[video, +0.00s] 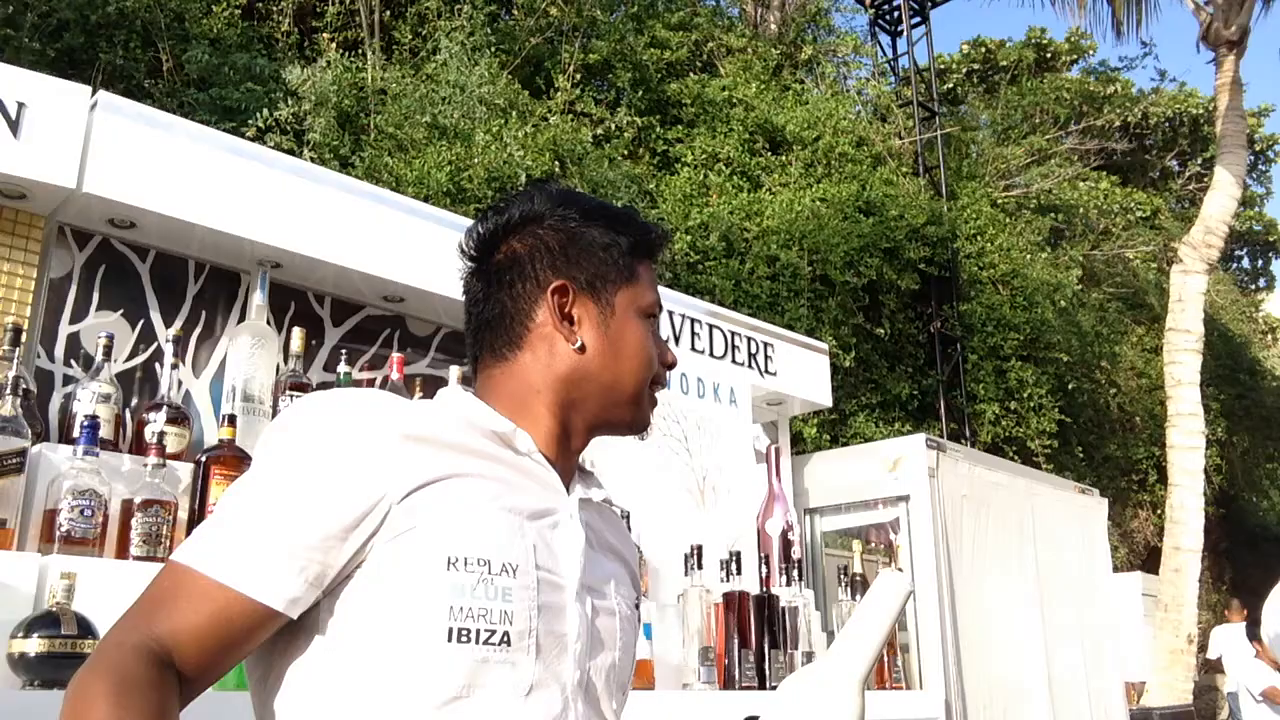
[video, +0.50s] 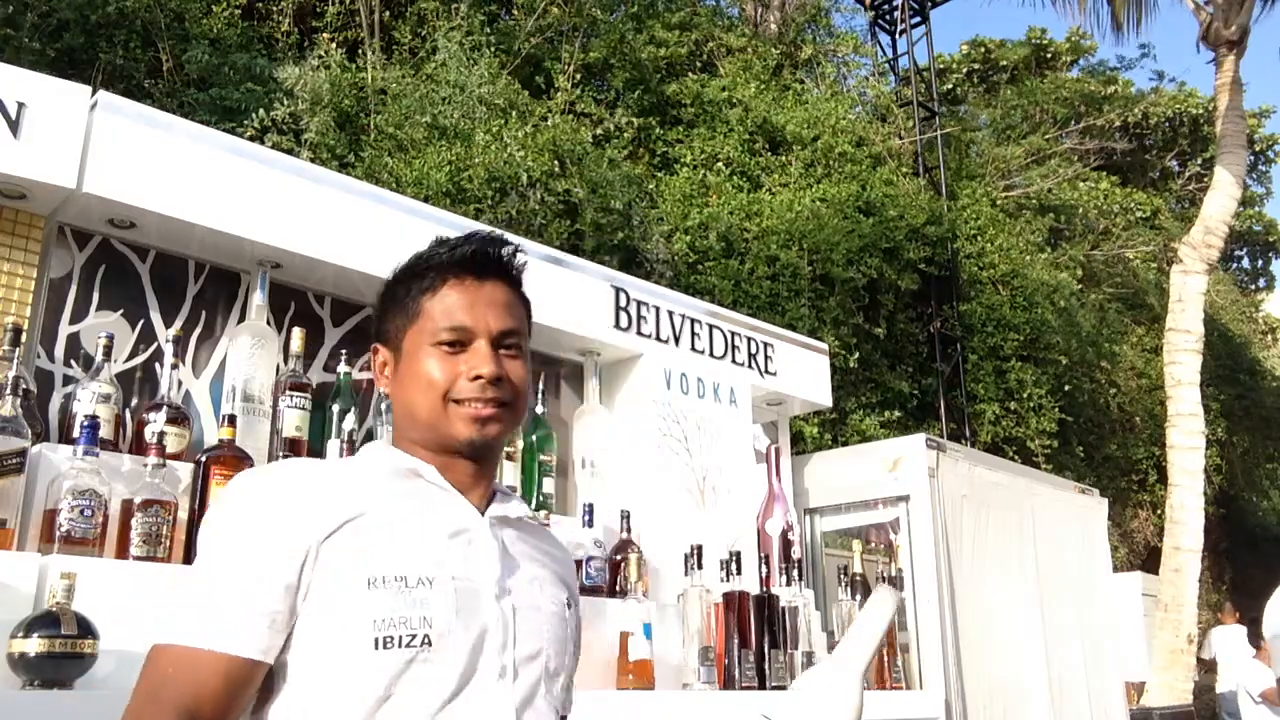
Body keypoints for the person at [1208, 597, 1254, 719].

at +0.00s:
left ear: (1225, 613)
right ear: (1245, 612)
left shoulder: (1218, 631)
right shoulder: (1252, 628)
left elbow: (1212, 661)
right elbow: (1261, 655)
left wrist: (1229, 668)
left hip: (1232, 686)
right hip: (1254, 683)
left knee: (1238, 716)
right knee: (1253, 714)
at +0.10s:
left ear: (1225, 613)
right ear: (1245, 613)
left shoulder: (1217, 632)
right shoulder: (1252, 629)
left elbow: (1211, 660)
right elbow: (1261, 654)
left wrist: (1227, 668)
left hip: (1231, 687)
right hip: (1253, 685)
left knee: (1238, 716)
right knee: (1253, 715)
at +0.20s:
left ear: (1225, 614)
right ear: (1244, 613)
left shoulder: (1217, 631)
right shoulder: (1250, 629)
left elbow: (1211, 658)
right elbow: (1259, 654)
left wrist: (1224, 670)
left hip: (1230, 687)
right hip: (1253, 685)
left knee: (1235, 716)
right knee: (1252, 715)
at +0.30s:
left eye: (1224, 611)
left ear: (1223, 613)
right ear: (1242, 613)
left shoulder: (1216, 631)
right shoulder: (1248, 628)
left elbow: (1209, 657)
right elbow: (1256, 653)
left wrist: (1223, 669)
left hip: (1228, 683)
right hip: (1250, 681)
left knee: (1229, 714)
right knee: (1249, 713)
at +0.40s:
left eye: (1223, 611)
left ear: (1221, 613)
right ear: (1240, 613)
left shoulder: (1215, 631)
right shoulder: (1247, 628)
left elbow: (1207, 656)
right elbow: (1254, 652)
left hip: (1226, 681)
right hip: (1247, 679)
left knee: (1227, 714)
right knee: (1247, 713)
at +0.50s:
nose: (1221, 615)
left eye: (1222, 613)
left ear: (1220, 615)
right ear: (1237, 615)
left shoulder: (1214, 633)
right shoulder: (1246, 630)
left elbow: (1205, 659)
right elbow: (1253, 653)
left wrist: (1218, 668)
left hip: (1224, 683)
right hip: (1245, 682)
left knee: (1226, 714)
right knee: (1245, 714)